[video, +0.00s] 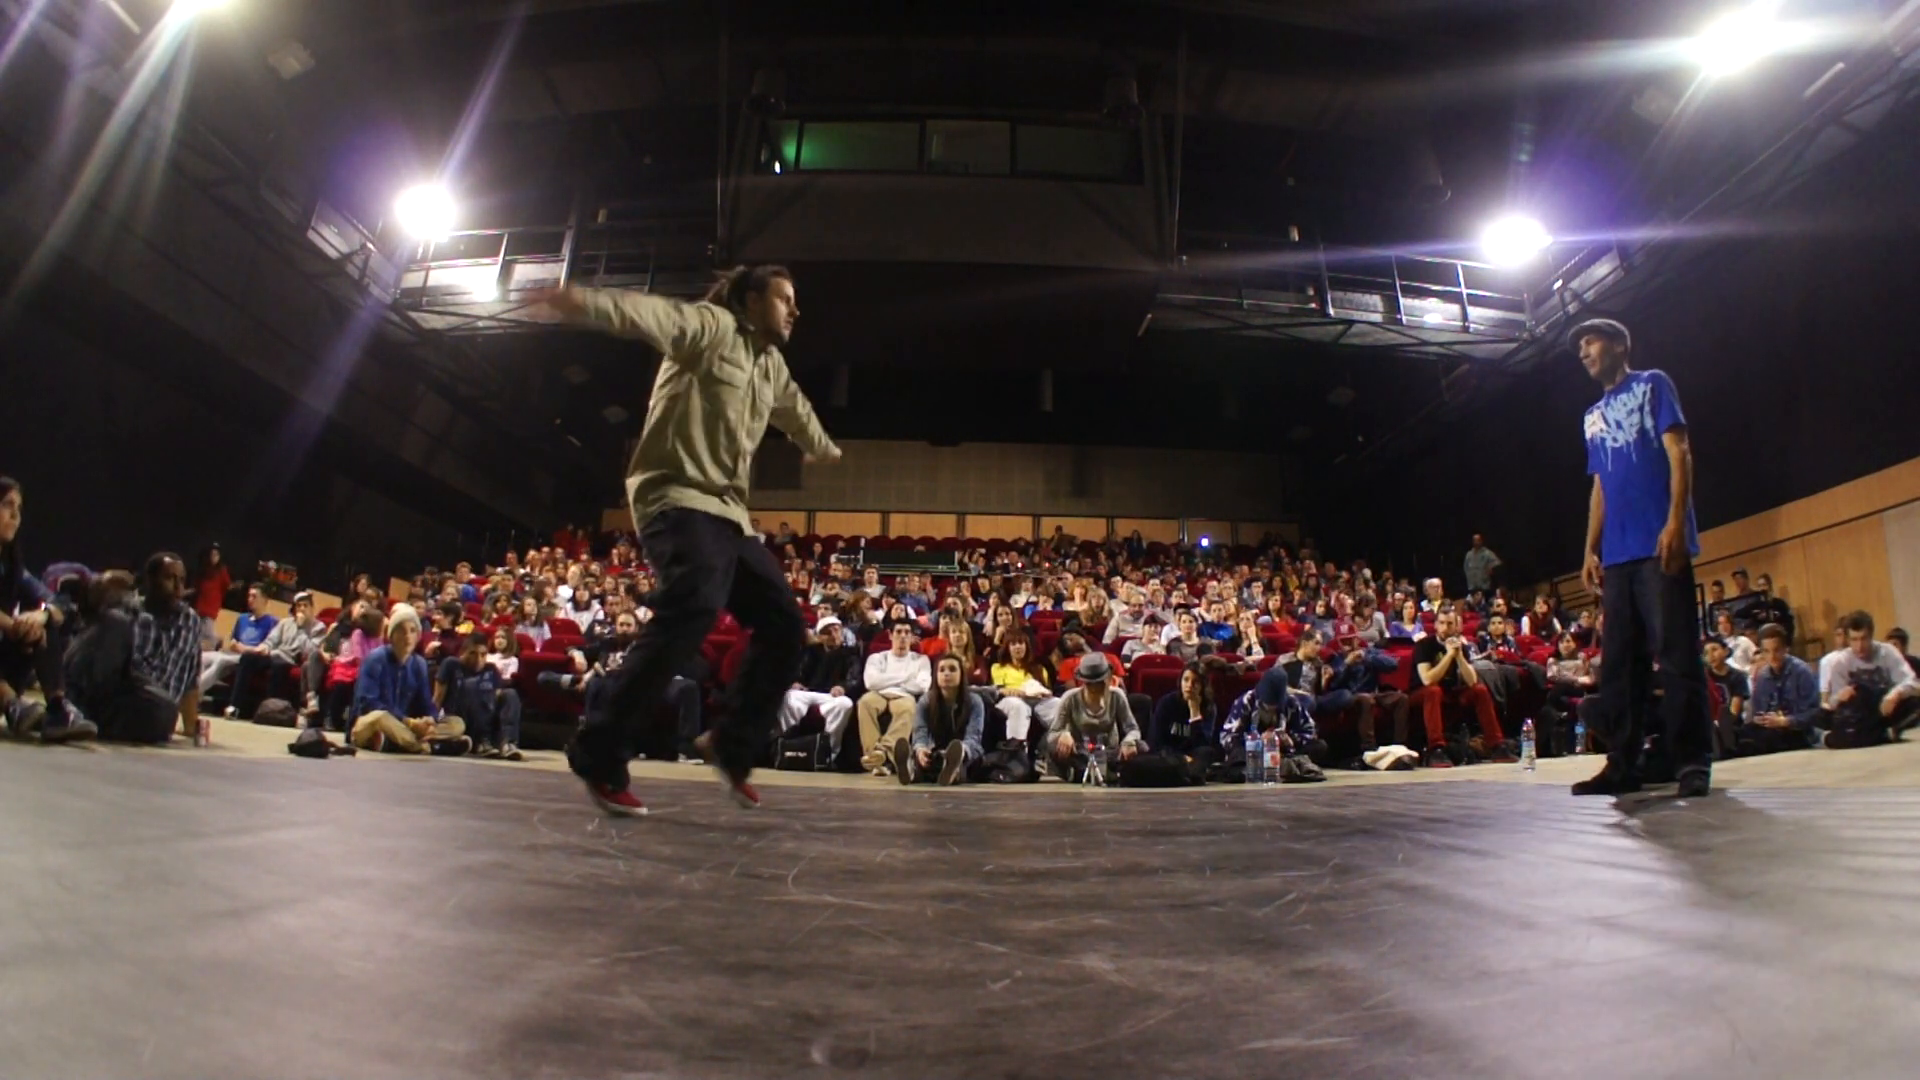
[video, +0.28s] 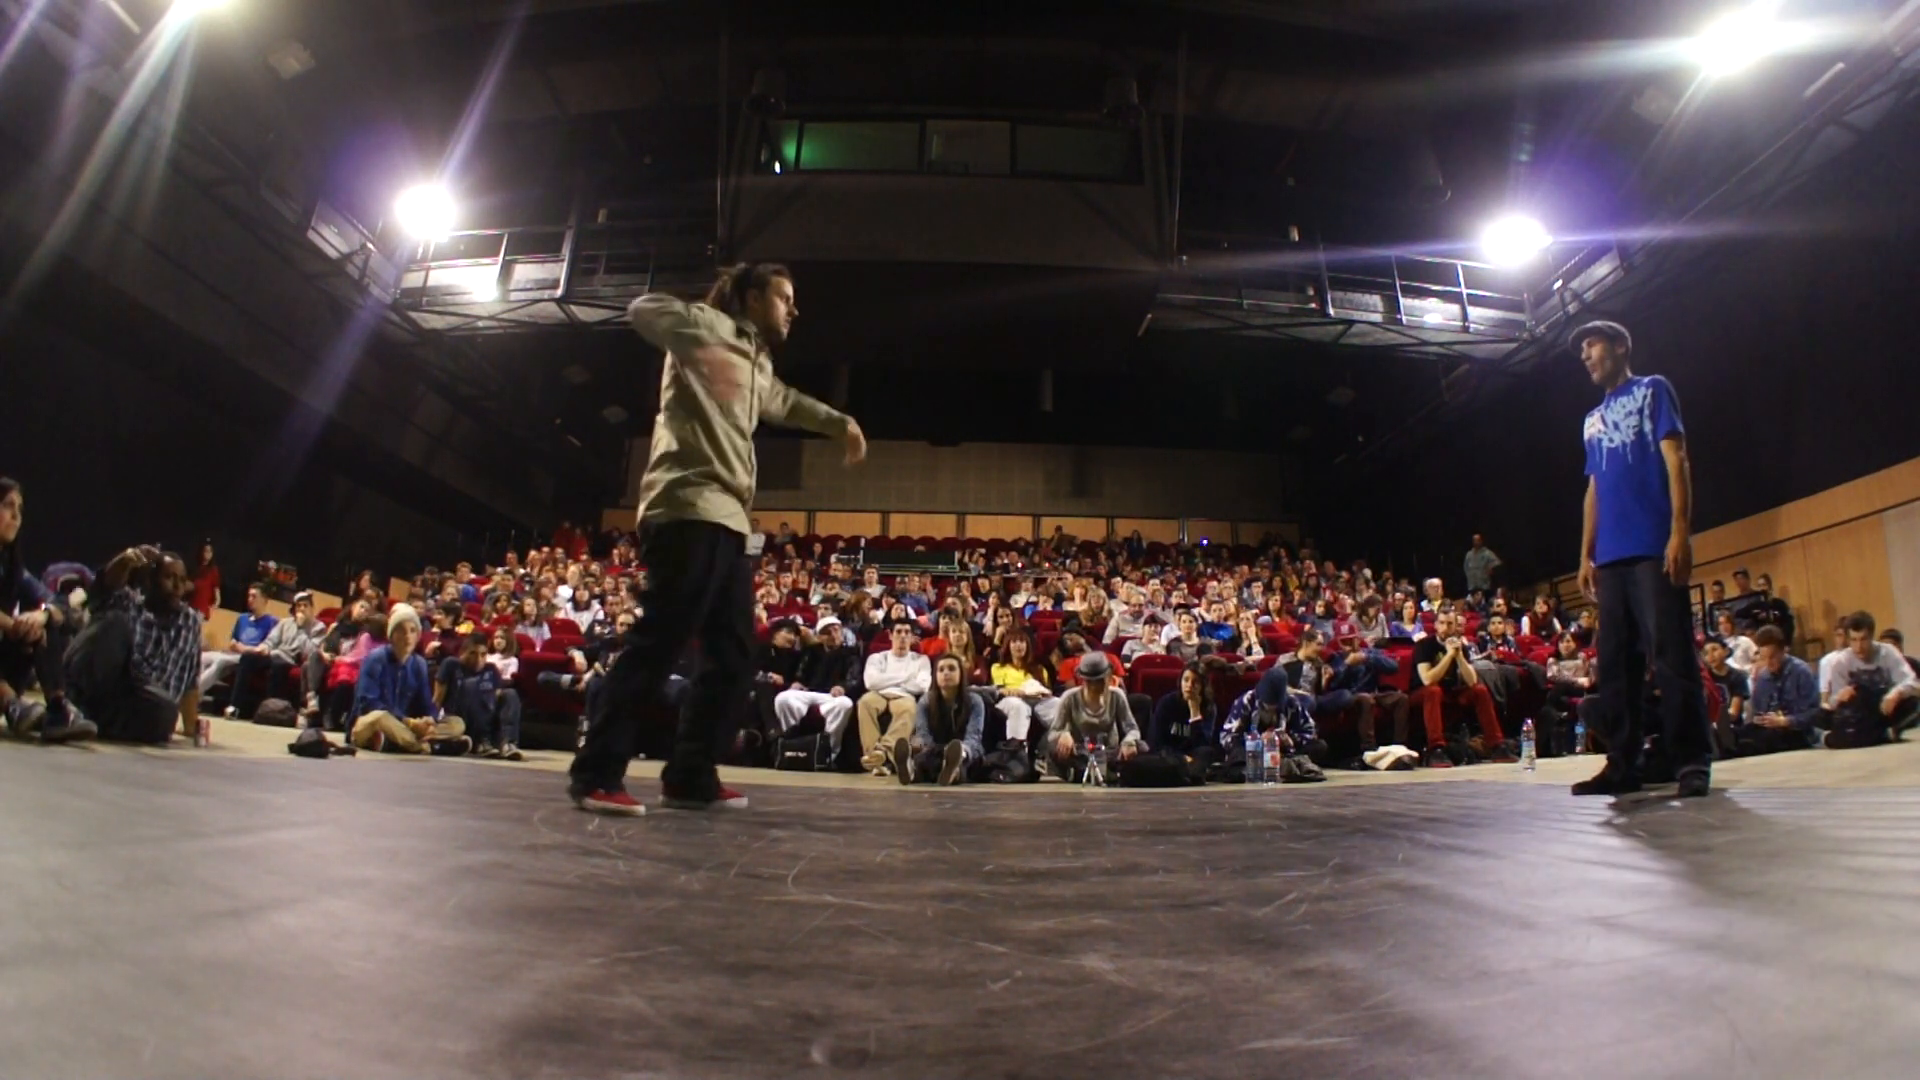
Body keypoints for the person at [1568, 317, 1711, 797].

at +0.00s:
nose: (1584, 353)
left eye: (1591, 344)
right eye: (1581, 348)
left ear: (1620, 345)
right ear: (1585, 358)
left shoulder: (1652, 384)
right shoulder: (1592, 417)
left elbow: (1679, 452)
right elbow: (1600, 485)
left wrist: (1676, 523)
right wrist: (1591, 548)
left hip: (1659, 545)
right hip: (1617, 554)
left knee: (1675, 656)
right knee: (1619, 661)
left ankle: (1692, 763)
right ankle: (1623, 764)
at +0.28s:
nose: (1586, 357)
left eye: (1593, 347)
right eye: (1583, 352)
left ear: (1621, 348)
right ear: (1588, 361)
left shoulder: (1652, 389)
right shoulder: (1592, 420)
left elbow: (1677, 461)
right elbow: (1594, 488)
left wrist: (1680, 534)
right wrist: (1587, 554)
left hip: (1654, 550)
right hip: (1610, 559)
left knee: (1671, 659)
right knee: (1616, 664)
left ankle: (1692, 763)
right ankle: (1623, 764)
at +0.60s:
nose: (1580, 358)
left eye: (1587, 348)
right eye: (1576, 353)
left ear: (1616, 349)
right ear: (1580, 365)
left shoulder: (1650, 393)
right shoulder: (1587, 422)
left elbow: (1673, 464)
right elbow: (1588, 490)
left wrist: (1675, 537)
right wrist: (1582, 553)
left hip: (1649, 551)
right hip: (1604, 560)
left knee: (1669, 661)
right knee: (1612, 665)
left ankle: (1691, 764)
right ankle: (1622, 764)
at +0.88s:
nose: (1578, 358)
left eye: (1586, 348)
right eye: (1575, 353)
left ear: (1615, 350)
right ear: (1579, 364)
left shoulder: (1647, 392)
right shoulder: (1584, 422)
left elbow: (1671, 462)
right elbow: (1587, 492)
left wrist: (1673, 533)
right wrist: (1581, 555)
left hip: (1648, 551)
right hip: (1604, 561)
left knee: (1669, 661)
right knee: (1613, 666)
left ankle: (1691, 764)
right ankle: (1622, 764)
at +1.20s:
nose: (1573, 358)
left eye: (1581, 347)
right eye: (1571, 353)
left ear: (1610, 349)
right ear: (1578, 363)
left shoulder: (1644, 391)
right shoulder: (1584, 424)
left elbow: (1666, 459)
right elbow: (1588, 492)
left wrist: (1668, 530)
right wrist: (1584, 556)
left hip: (1647, 550)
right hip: (1604, 560)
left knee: (1670, 660)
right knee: (1613, 665)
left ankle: (1691, 764)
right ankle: (1622, 764)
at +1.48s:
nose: (1579, 354)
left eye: (1587, 345)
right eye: (1575, 350)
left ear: (1614, 350)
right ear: (1578, 363)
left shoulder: (1644, 390)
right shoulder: (1582, 422)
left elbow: (1664, 460)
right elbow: (1586, 491)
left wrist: (1664, 531)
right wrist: (1583, 557)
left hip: (1647, 551)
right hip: (1604, 560)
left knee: (1670, 661)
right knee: (1613, 667)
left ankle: (1691, 764)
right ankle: (1622, 766)